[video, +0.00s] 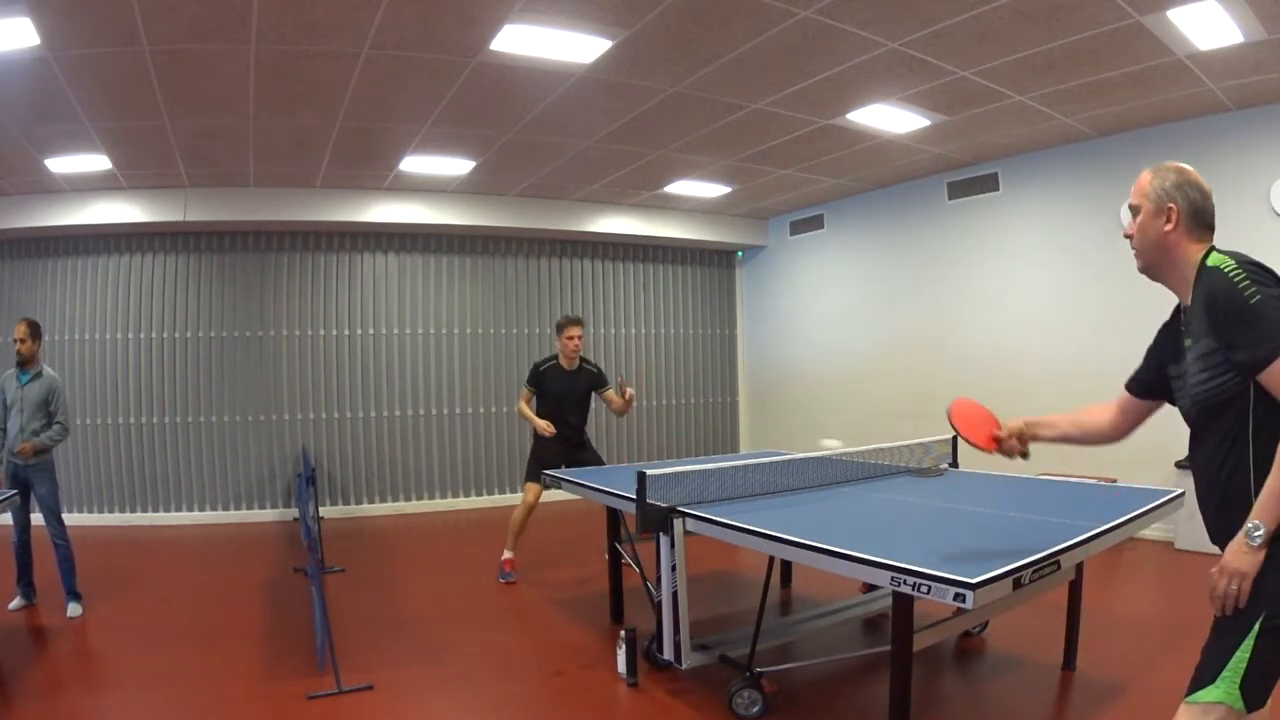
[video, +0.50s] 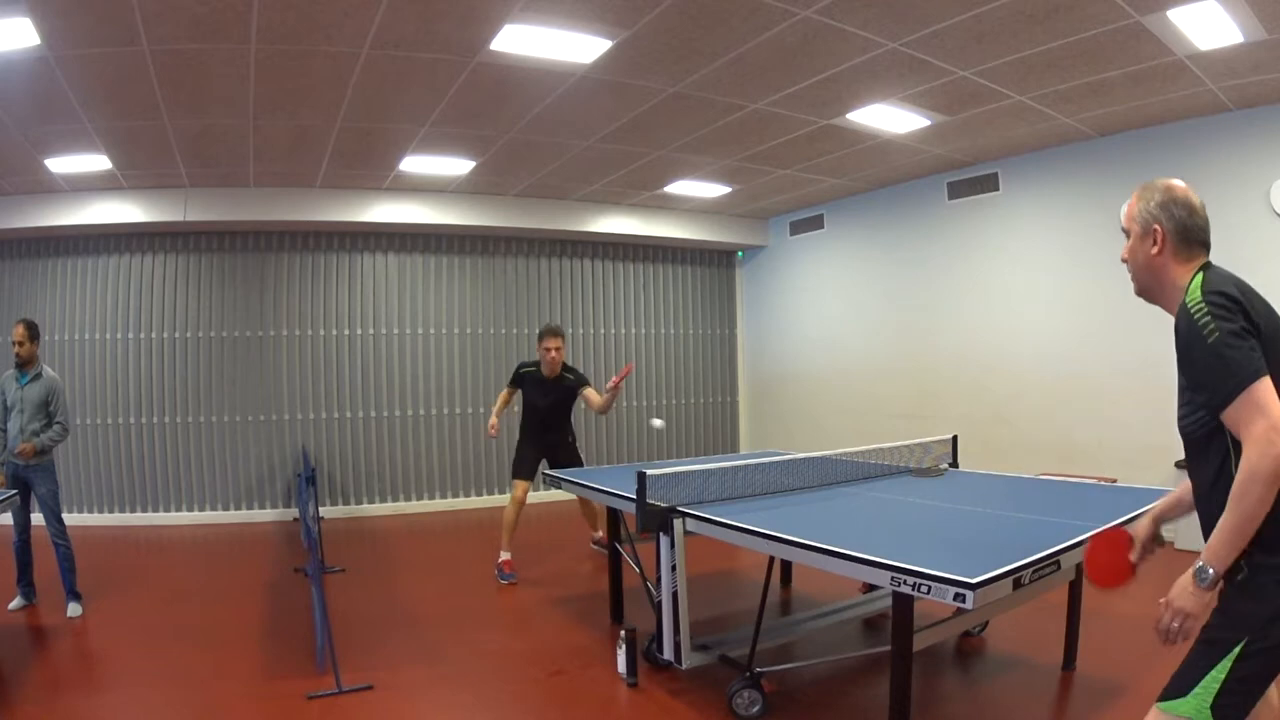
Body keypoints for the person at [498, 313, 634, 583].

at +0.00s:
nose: (576, 343)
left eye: (579, 338)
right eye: (570, 339)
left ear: (583, 341)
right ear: (558, 341)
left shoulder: (592, 372)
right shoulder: (541, 370)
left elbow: (617, 408)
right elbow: (522, 404)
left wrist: (626, 402)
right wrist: (536, 421)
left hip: (579, 445)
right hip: (547, 445)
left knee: (612, 491)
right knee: (530, 500)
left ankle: (618, 546)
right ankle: (508, 556)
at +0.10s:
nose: (581, 352)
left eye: (585, 347)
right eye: (576, 347)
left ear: (589, 347)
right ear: (564, 347)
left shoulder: (597, 379)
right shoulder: (547, 373)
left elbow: (614, 412)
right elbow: (522, 406)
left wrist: (625, 415)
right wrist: (535, 429)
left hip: (577, 447)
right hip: (546, 446)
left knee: (612, 489)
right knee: (529, 500)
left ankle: (616, 547)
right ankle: (504, 557)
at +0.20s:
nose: (581, 369)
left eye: (585, 363)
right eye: (575, 363)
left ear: (590, 363)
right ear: (566, 363)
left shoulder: (595, 392)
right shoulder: (547, 384)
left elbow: (608, 427)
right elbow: (521, 411)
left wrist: (606, 443)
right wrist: (527, 440)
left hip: (575, 452)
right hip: (543, 451)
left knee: (613, 491)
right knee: (529, 501)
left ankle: (614, 548)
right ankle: (504, 558)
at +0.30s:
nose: (571, 373)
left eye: (577, 368)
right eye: (567, 367)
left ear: (583, 367)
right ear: (558, 364)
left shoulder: (586, 395)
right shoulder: (537, 381)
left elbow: (598, 440)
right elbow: (516, 403)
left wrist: (589, 448)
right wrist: (515, 433)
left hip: (567, 449)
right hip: (533, 446)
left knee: (597, 497)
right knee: (520, 499)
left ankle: (616, 547)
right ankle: (503, 557)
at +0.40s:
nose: (560, 366)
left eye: (565, 361)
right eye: (555, 360)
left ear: (572, 361)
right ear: (546, 359)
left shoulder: (577, 386)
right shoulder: (530, 374)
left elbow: (593, 423)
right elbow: (511, 394)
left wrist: (598, 421)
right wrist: (501, 421)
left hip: (560, 442)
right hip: (528, 441)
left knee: (584, 494)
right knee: (517, 498)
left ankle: (605, 540)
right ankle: (504, 556)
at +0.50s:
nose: (553, 355)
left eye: (558, 350)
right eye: (548, 350)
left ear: (564, 351)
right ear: (539, 351)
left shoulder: (573, 378)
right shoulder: (524, 372)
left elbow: (600, 407)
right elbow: (507, 394)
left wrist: (610, 393)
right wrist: (494, 415)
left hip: (562, 443)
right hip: (530, 443)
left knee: (584, 493)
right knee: (518, 497)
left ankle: (598, 536)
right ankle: (504, 557)